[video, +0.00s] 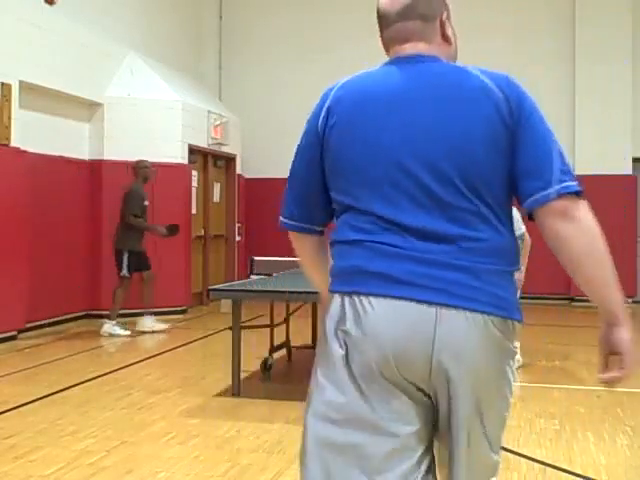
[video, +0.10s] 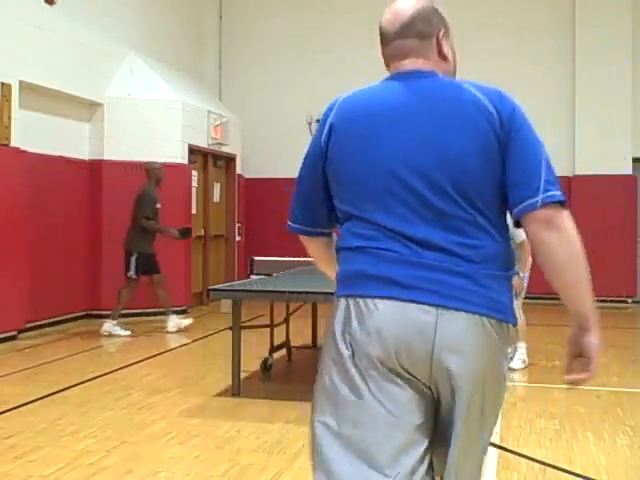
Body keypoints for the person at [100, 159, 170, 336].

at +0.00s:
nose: (150, 172)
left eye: (150, 168)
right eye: (147, 168)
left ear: (144, 172)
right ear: (138, 171)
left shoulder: (141, 193)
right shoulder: (133, 192)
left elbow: (138, 220)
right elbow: (129, 218)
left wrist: (158, 229)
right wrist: (154, 228)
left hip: (136, 244)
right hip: (125, 244)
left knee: (148, 276)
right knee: (124, 281)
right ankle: (111, 322)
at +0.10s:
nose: (162, 173)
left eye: (161, 170)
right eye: (158, 170)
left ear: (156, 173)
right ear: (150, 172)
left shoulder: (154, 195)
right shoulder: (146, 195)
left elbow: (151, 221)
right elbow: (143, 221)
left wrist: (169, 231)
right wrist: (167, 230)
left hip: (147, 247)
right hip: (135, 247)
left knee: (158, 281)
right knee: (131, 284)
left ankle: (171, 318)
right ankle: (111, 322)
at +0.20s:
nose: (174, 175)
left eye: (174, 171)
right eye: (171, 172)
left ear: (167, 175)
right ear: (163, 175)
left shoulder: (165, 196)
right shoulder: (158, 196)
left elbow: (163, 223)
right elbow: (156, 222)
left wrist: (179, 235)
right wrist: (178, 234)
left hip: (161, 249)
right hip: (149, 248)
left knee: (173, 280)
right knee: (143, 285)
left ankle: (175, 319)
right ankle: (117, 318)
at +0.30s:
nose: (189, 175)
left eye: (188, 172)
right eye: (186, 172)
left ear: (178, 176)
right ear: (178, 175)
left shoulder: (177, 196)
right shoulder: (169, 196)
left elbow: (175, 223)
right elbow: (166, 220)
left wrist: (192, 237)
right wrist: (188, 234)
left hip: (174, 247)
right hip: (164, 247)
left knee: (183, 280)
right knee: (167, 284)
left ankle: (178, 319)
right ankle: (134, 309)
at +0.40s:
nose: (197, 173)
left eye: (198, 169)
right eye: (195, 169)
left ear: (191, 172)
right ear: (186, 171)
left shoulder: (186, 192)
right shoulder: (180, 192)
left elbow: (184, 219)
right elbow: (175, 217)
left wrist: (199, 233)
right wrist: (197, 230)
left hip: (183, 243)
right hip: (177, 243)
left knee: (187, 280)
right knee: (187, 279)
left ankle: (177, 317)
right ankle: (160, 308)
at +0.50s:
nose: (206, 174)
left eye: (206, 170)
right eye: (204, 170)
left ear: (199, 172)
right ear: (197, 172)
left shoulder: (195, 191)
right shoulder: (189, 191)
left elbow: (194, 219)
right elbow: (183, 216)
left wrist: (212, 234)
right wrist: (205, 229)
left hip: (190, 240)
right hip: (189, 241)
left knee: (189, 278)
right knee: (201, 275)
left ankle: (179, 316)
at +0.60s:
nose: (218, 174)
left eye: (217, 170)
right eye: (215, 170)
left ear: (209, 174)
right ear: (207, 173)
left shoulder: (206, 191)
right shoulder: (200, 192)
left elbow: (212, 218)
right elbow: (194, 219)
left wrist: (232, 227)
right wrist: (218, 230)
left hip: (199, 242)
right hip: (199, 243)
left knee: (191, 279)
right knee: (214, 278)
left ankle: (179, 318)